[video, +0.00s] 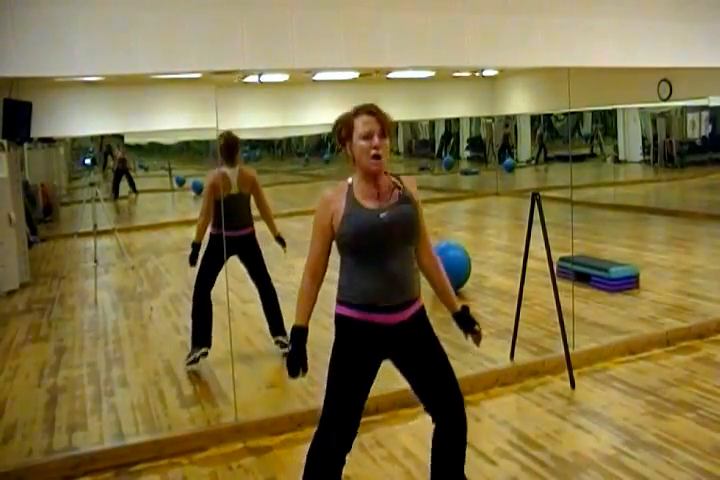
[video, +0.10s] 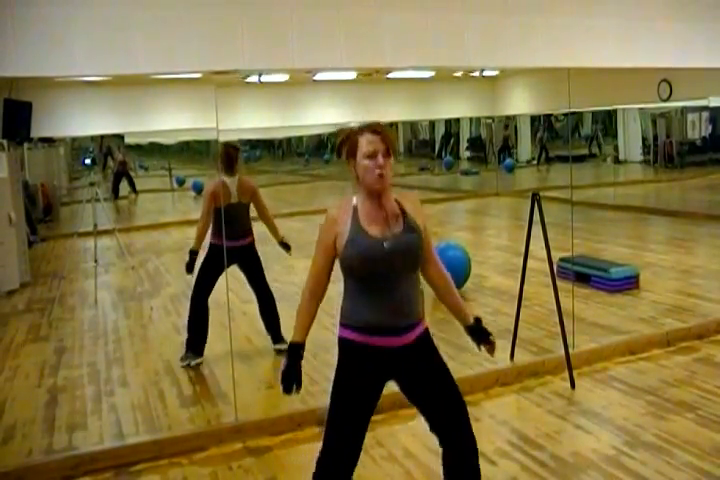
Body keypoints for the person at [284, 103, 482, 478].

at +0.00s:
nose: (377, 144)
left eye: (381, 136)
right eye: (366, 137)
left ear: (389, 142)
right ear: (347, 146)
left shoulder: (405, 191)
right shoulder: (334, 200)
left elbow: (426, 256)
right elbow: (314, 271)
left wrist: (458, 309)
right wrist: (299, 333)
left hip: (411, 326)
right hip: (358, 331)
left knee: (452, 416)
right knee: (335, 435)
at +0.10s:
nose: (380, 163)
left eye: (384, 154)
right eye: (370, 156)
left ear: (392, 160)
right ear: (353, 165)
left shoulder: (410, 208)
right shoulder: (339, 218)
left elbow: (433, 270)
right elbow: (315, 288)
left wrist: (471, 322)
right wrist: (295, 349)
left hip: (415, 346)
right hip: (361, 352)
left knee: (459, 436)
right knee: (340, 453)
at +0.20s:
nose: (384, 184)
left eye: (389, 176)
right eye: (373, 177)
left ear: (398, 183)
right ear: (356, 187)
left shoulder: (413, 232)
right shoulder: (345, 239)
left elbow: (441, 293)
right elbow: (318, 312)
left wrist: (479, 346)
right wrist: (293, 375)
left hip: (418, 373)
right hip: (362, 379)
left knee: (473, 450)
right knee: (334, 474)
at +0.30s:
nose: (386, 179)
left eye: (392, 170)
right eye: (376, 172)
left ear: (400, 177)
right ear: (360, 181)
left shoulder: (419, 231)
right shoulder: (345, 237)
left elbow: (437, 296)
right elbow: (322, 312)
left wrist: (470, 351)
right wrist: (302, 376)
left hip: (418, 368)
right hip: (361, 373)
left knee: (470, 450)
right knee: (337, 471)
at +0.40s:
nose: (389, 165)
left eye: (394, 157)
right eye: (379, 158)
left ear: (403, 163)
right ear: (361, 169)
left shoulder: (418, 216)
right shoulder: (345, 226)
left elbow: (432, 286)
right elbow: (326, 302)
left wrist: (457, 346)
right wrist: (312, 367)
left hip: (417, 357)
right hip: (362, 362)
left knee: (461, 446)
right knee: (340, 463)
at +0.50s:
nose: (392, 164)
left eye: (398, 156)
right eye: (382, 158)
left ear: (405, 162)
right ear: (363, 168)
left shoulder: (419, 215)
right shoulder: (348, 226)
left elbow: (433, 288)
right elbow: (329, 304)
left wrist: (453, 351)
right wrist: (315, 372)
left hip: (418, 359)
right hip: (363, 364)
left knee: (462, 446)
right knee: (339, 465)